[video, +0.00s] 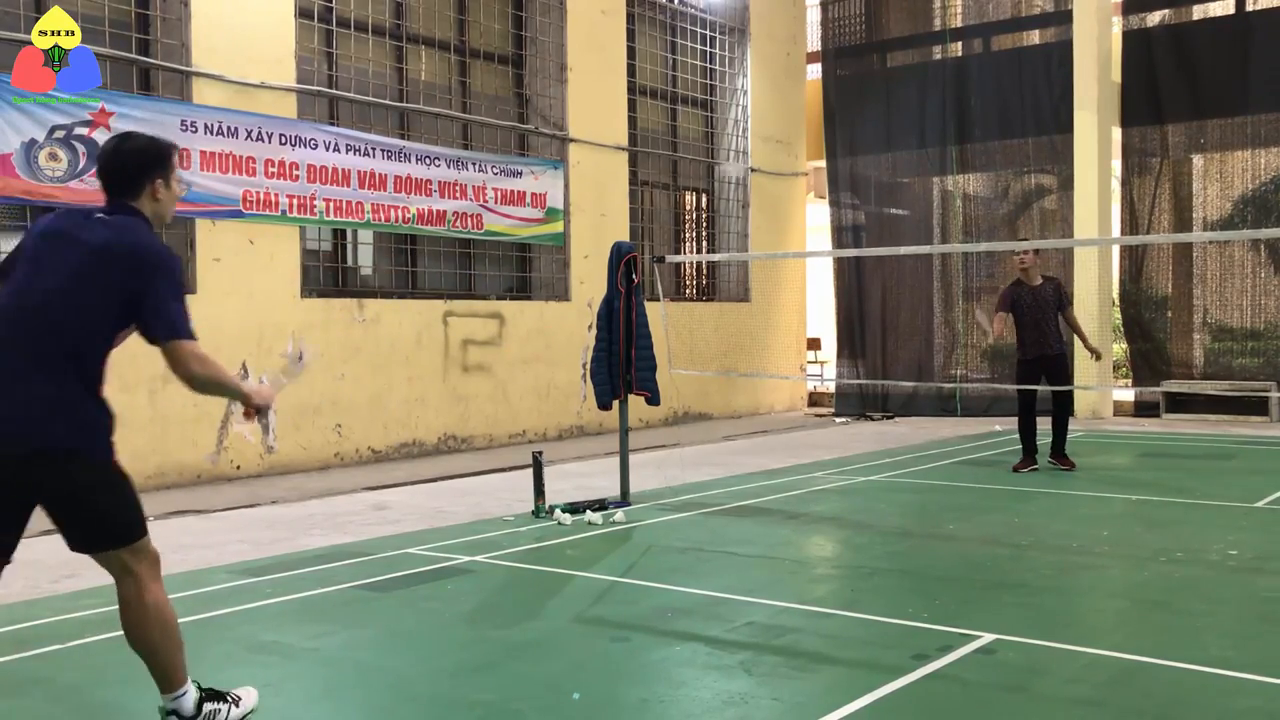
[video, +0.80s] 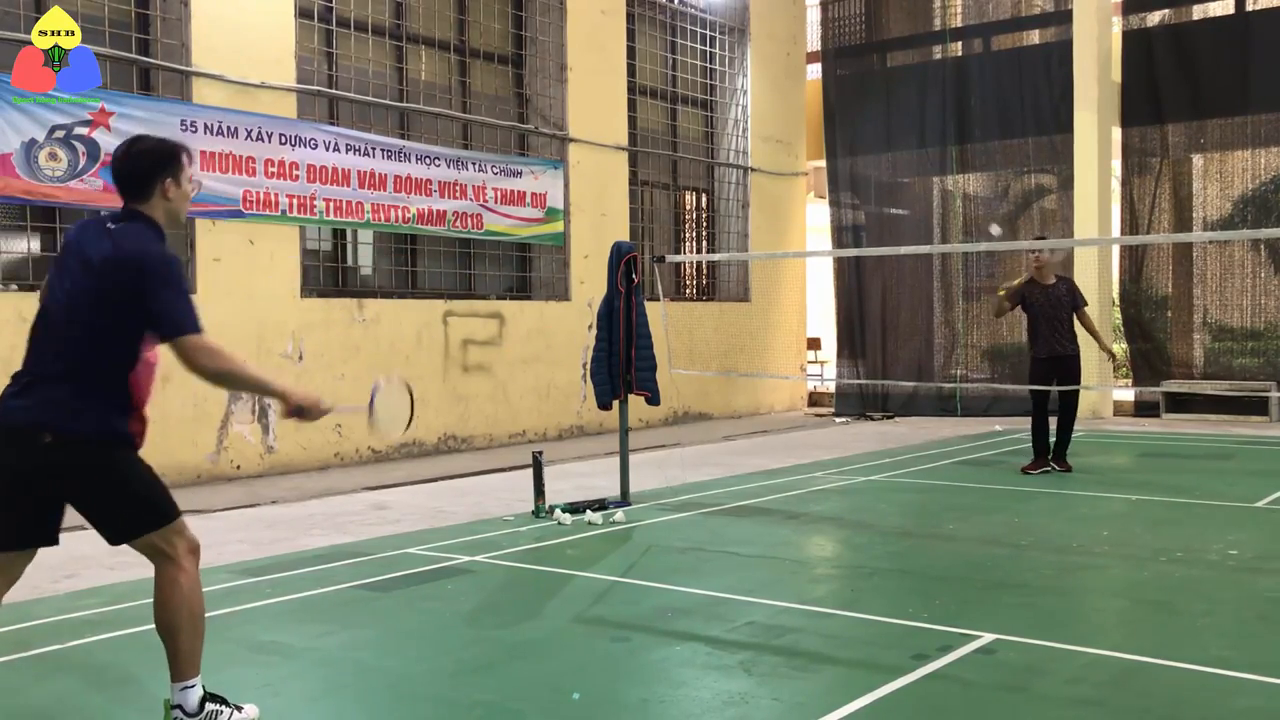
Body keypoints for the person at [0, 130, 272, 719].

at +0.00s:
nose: (178, 193)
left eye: (176, 181)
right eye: (174, 182)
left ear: (111, 184)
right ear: (154, 187)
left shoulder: (52, 224)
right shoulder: (148, 254)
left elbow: (7, 290)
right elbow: (191, 365)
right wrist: (244, 391)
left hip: (6, 423)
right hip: (63, 431)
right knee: (136, 567)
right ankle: (182, 702)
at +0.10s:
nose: (203, 177)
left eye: (200, 165)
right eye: (199, 166)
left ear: (133, 172)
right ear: (180, 173)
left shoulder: (74, 219)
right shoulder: (186, 247)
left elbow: (3, 288)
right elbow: (234, 346)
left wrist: (26, 362)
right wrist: (271, 358)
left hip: (22, 416)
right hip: (106, 425)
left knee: (7, 563)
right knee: (154, 565)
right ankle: (188, 702)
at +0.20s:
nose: (217, 160)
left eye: (216, 148)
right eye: (214, 150)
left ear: (147, 155)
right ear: (199, 157)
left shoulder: (90, 207)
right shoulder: (213, 239)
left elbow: (9, 271)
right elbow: (294, 311)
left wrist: (9, 348)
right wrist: (319, 310)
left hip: (44, 409)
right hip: (130, 424)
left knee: (38, 549)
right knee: (177, 553)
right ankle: (192, 701)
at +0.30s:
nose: (227, 152)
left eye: (223, 142)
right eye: (225, 144)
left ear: (158, 151)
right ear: (217, 152)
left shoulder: (107, 203)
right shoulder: (245, 232)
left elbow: (8, 253)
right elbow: (353, 252)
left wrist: (9, 315)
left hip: (51, 404)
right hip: (136, 421)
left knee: (32, 543)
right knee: (183, 550)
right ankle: (192, 699)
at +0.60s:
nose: (226, 152)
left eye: (224, 139)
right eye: (222, 140)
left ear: (157, 149)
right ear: (203, 148)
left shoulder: (110, 199)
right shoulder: (210, 224)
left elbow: (22, 251)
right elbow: (297, 287)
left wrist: (45, 289)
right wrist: (392, 305)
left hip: (55, 399)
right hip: (130, 415)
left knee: (9, 537)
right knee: (179, 546)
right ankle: (190, 697)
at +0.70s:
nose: (211, 167)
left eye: (207, 156)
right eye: (205, 157)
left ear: (148, 167)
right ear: (184, 165)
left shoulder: (98, 216)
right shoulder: (179, 239)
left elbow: (46, 274)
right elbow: (248, 328)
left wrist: (100, 301)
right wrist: (344, 362)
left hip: (40, 410)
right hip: (111, 424)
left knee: (14, 548)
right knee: (181, 549)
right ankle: (190, 700)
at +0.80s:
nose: (193, 191)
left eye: (191, 179)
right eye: (188, 180)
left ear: (133, 187)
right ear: (165, 186)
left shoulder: (84, 233)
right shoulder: (149, 255)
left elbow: (49, 323)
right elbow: (200, 356)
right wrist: (286, 392)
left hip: (17, 428)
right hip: (84, 437)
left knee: (7, 562)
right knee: (178, 550)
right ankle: (189, 701)